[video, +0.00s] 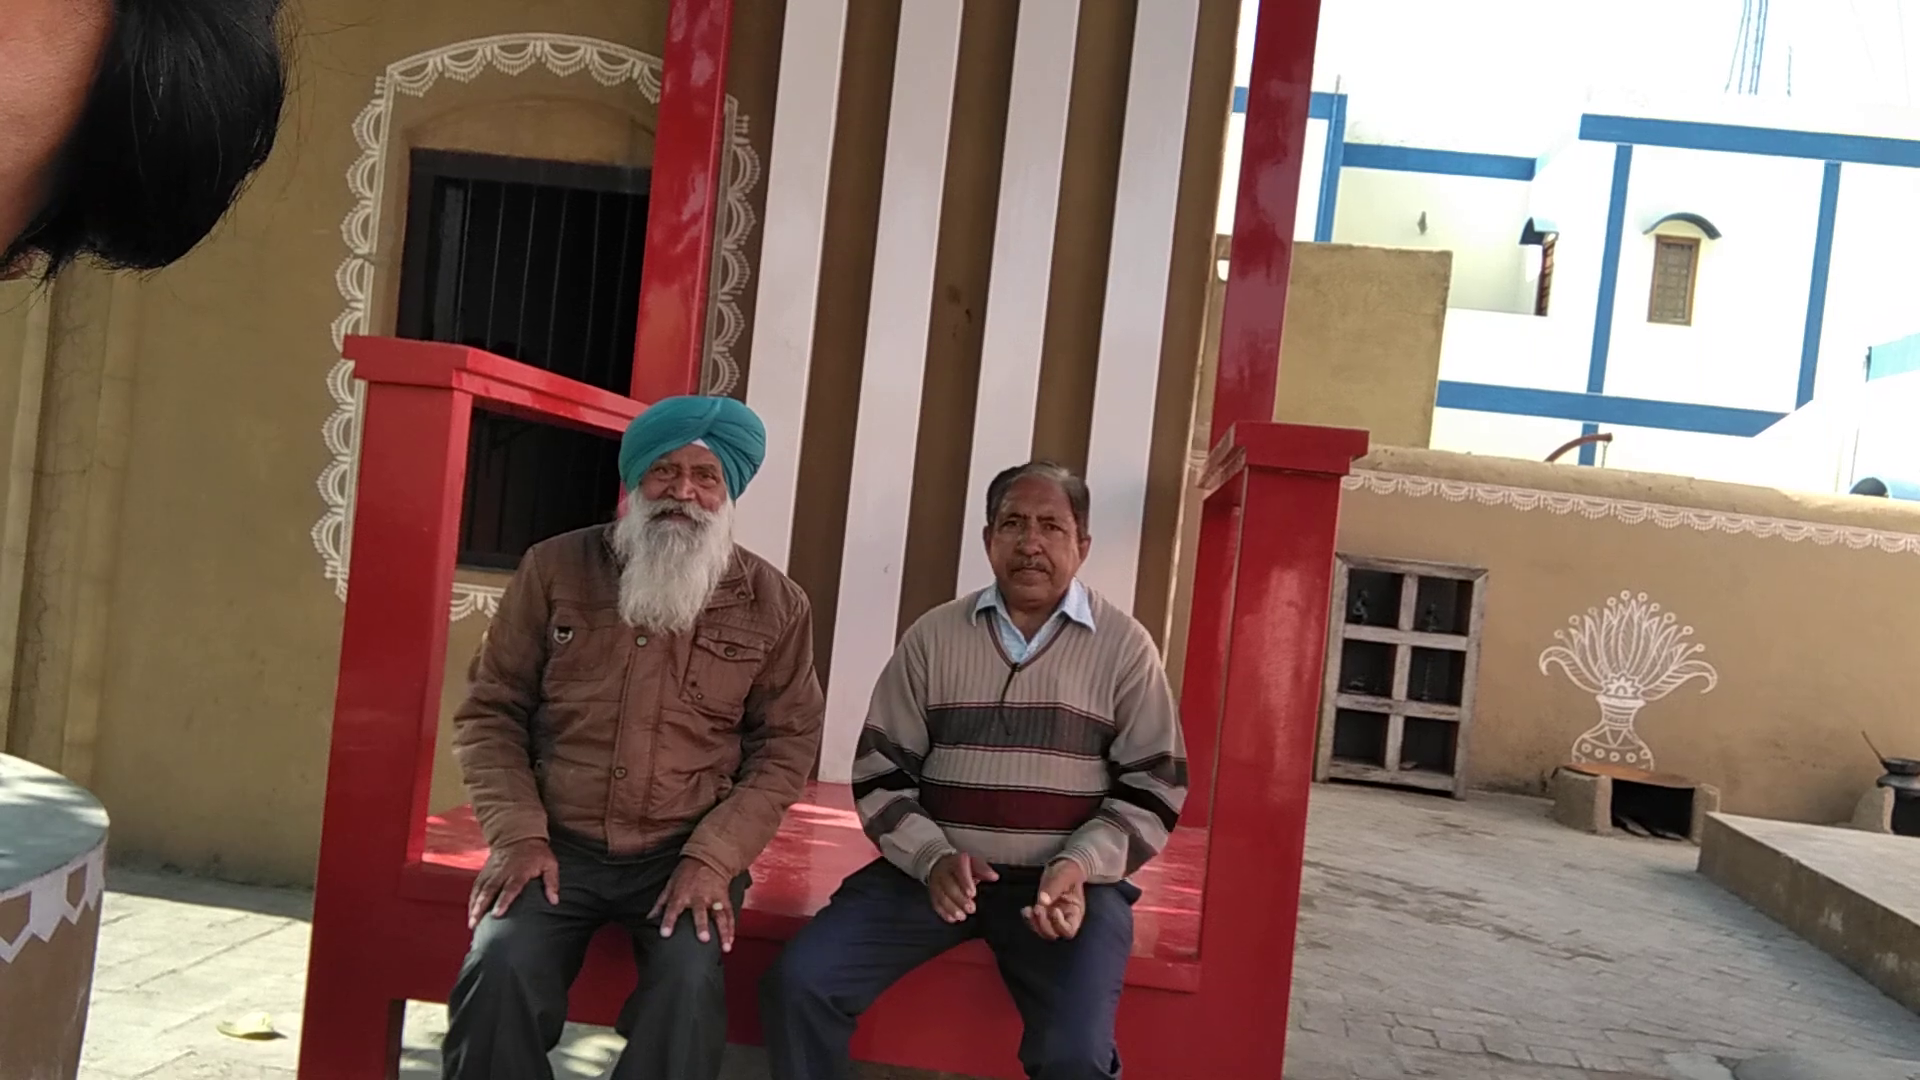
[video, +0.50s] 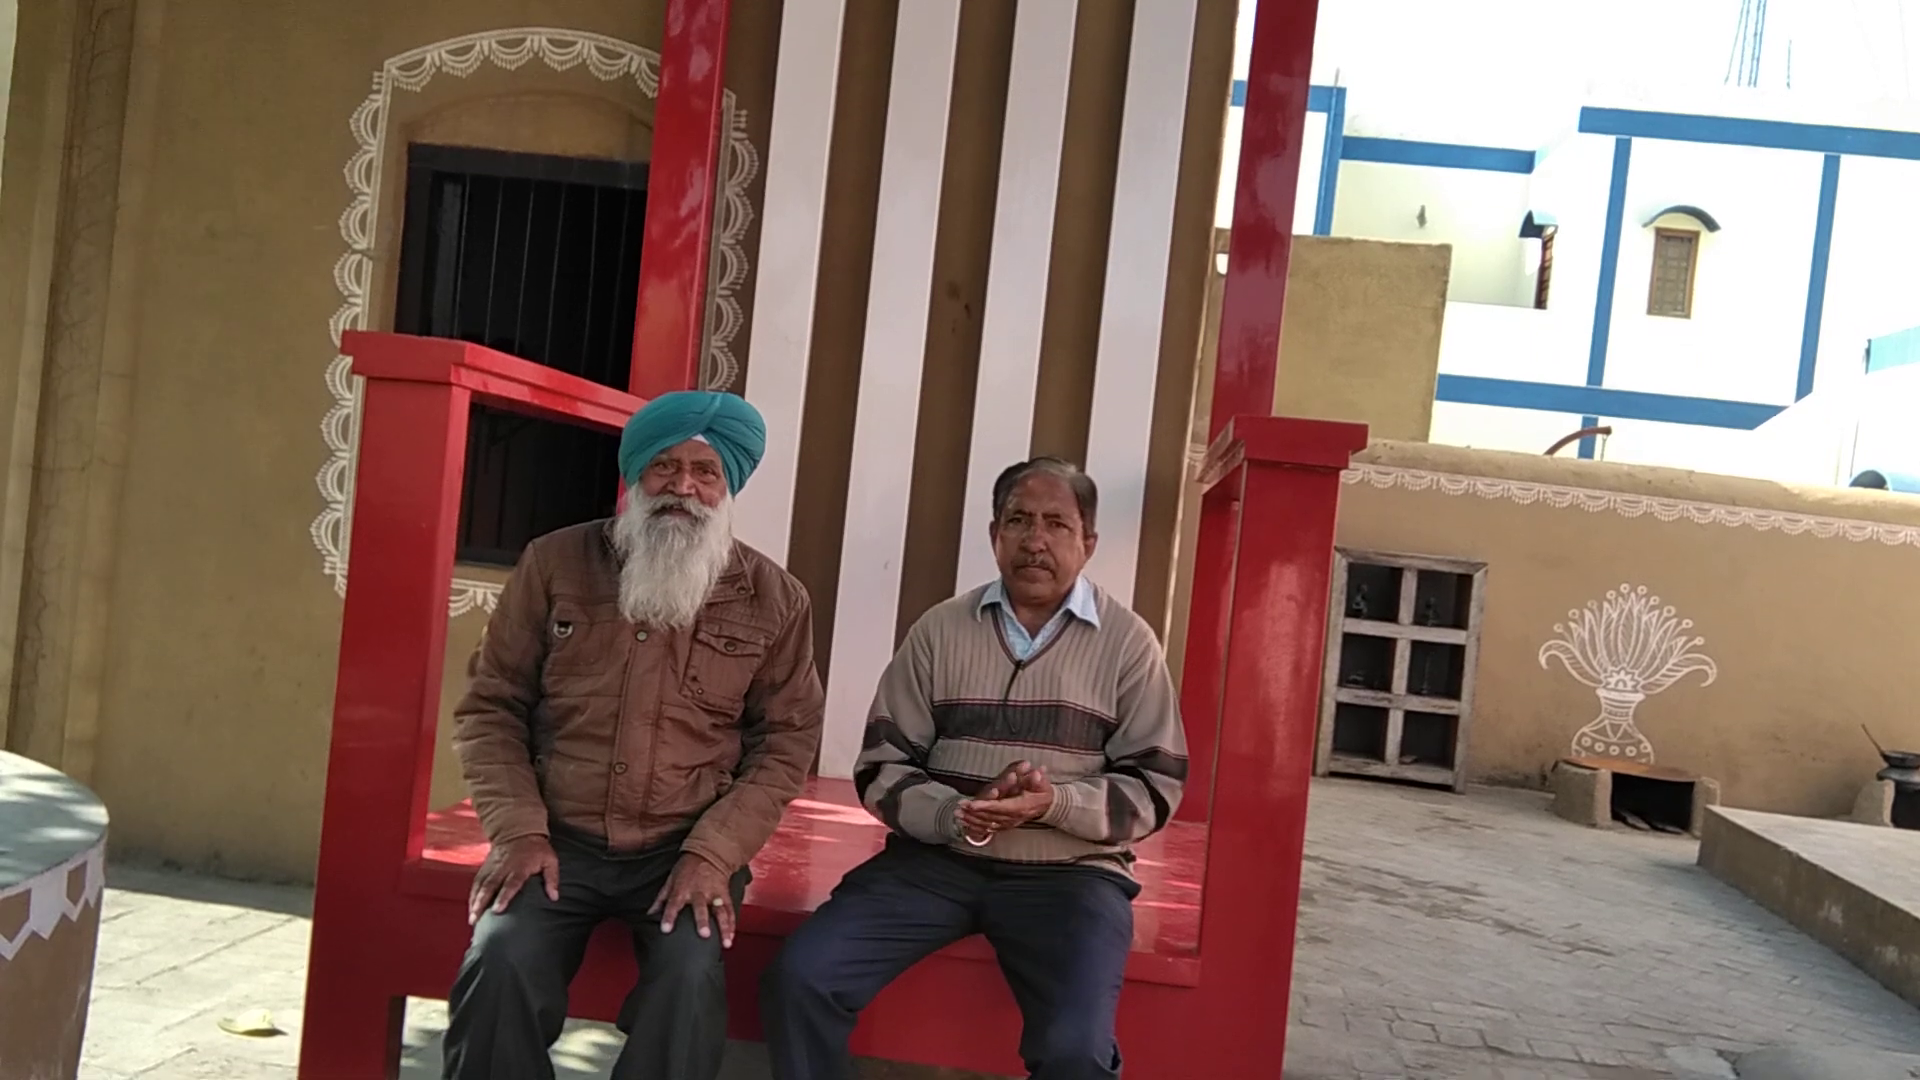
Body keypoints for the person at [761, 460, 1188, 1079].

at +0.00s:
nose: (1031, 542)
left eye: (1050, 526)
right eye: (1013, 524)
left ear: (1082, 547)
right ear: (989, 541)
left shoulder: (1126, 649)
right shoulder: (933, 637)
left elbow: (1153, 783)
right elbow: (879, 771)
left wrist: (1080, 862)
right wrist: (932, 859)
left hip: (1069, 887)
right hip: (929, 870)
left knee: (1075, 1054)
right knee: (799, 987)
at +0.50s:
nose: (1036, 540)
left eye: (1056, 525)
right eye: (1020, 522)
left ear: (1088, 545)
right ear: (995, 538)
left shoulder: (1130, 644)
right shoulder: (939, 631)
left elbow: (1154, 788)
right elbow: (881, 767)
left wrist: (1057, 803)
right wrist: (956, 814)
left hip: (1070, 878)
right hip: (932, 863)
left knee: (1074, 1049)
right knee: (800, 981)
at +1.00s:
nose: (1045, 543)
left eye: (1065, 527)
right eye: (1029, 524)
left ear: (1096, 548)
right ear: (1003, 541)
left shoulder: (1136, 647)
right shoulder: (944, 632)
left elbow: (1160, 790)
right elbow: (880, 766)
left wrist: (1062, 801)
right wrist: (963, 806)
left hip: (1071, 879)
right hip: (935, 862)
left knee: (1076, 1051)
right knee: (801, 980)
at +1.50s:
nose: (1049, 546)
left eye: (1070, 531)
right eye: (1034, 527)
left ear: (1101, 551)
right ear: (1008, 542)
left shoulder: (1141, 652)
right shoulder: (950, 635)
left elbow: (1162, 796)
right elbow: (883, 765)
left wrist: (1063, 812)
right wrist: (965, 818)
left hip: (1071, 885)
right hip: (935, 865)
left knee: (1074, 1054)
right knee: (810, 987)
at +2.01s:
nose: (1053, 547)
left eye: (1074, 531)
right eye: (1038, 528)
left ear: (1104, 552)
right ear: (1011, 542)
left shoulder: (1143, 650)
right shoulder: (952, 633)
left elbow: (1162, 796)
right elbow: (884, 766)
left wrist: (1066, 790)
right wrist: (968, 805)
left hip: (1074, 882)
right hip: (937, 863)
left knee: (1073, 1049)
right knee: (809, 987)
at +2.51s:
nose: (1046, 545)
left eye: (1067, 529)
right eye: (1031, 526)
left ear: (1099, 550)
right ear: (1006, 542)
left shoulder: (1140, 649)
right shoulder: (949, 634)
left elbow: (1160, 793)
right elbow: (884, 765)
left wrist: (1061, 799)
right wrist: (961, 812)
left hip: (1072, 880)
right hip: (936, 863)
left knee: (1076, 1051)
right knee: (806, 986)